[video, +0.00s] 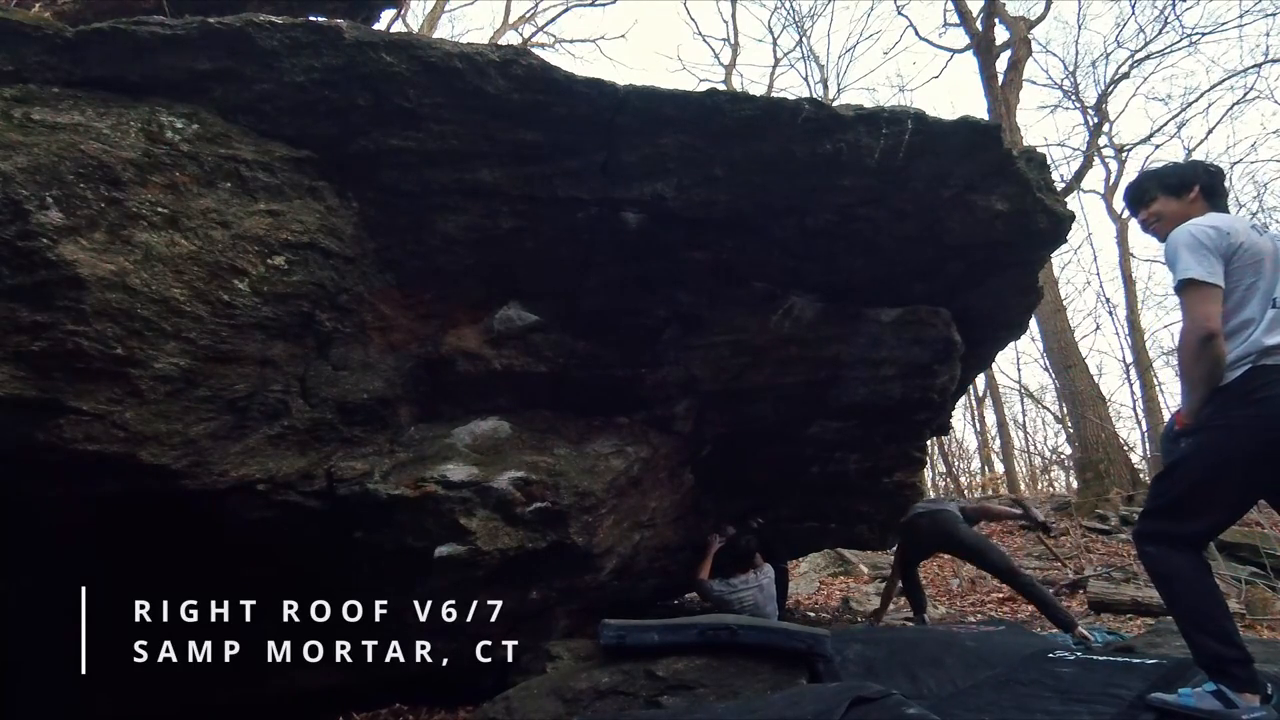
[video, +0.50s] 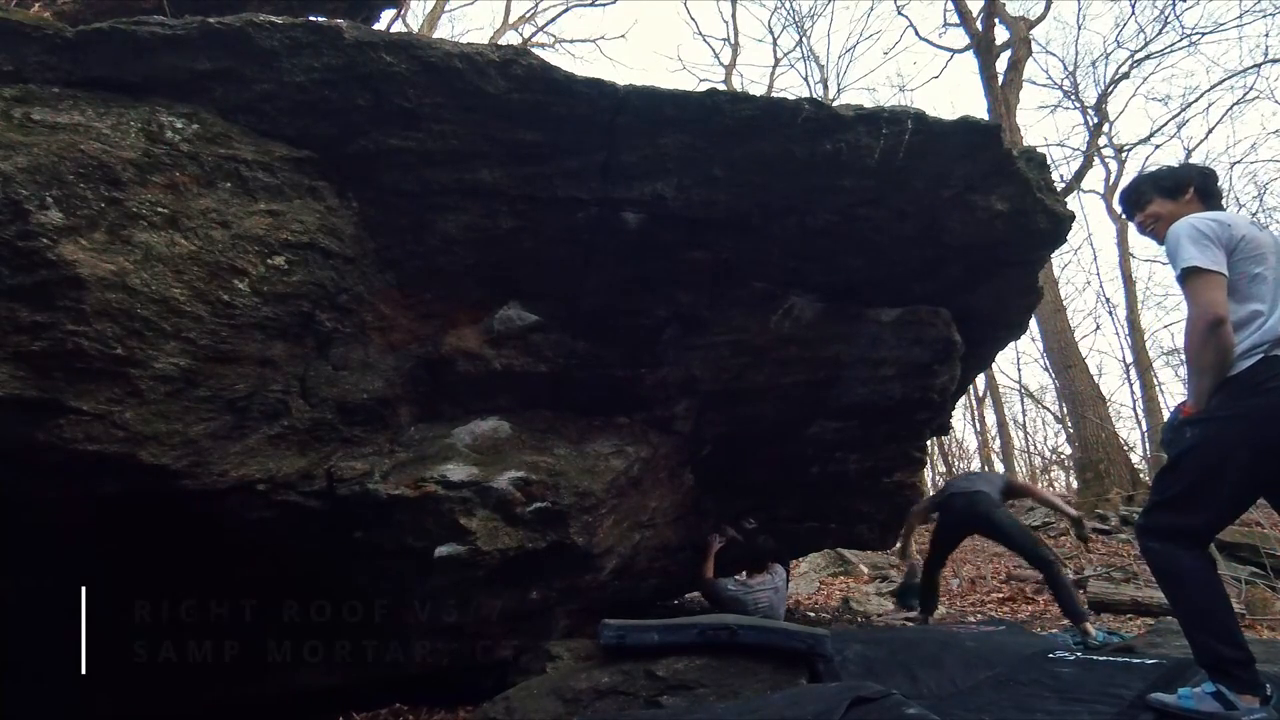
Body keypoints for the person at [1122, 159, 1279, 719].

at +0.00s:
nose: (1146, 224)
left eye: (1150, 210)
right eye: (1141, 218)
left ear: (1192, 192)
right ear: (1200, 197)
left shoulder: (1195, 233)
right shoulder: (1258, 236)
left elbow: (1205, 334)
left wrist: (1193, 410)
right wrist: (1199, 408)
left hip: (1258, 392)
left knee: (1163, 533)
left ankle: (1235, 683)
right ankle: (1237, 680)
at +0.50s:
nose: (1143, 228)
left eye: (1146, 214)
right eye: (1138, 223)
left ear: (1185, 193)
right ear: (1198, 198)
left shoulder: (1194, 227)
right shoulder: (1252, 232)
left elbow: (1212, 318)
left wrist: (1198, 403)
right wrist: (1207, 402)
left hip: (1261, 386)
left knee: (1167, 527)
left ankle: (1236, 684)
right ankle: (1238, 681)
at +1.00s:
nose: (1125, 240)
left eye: (1124, 226)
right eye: (1120, 231)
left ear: (1148, 209)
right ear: (1170, 206)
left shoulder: (1181, 229)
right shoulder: (1237, 234)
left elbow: (1216, 314)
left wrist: (1195, 400)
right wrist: (1198, 400)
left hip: (1260, 382)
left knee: (1170, 528)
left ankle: (1237, 685)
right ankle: (1239, 682)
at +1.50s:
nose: (1094, 255)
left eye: (1091, 246)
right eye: (1089, 248)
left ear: (1102, 235)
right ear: (1146, 219)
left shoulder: (1129, 243)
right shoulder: (1203, 249)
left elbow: (1164, 326)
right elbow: (1250, 317)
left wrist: (1164, 416)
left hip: (1238, 384)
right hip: (1276, 376)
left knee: (1157, 535)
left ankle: (1237, 686)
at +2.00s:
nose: (1008, 278)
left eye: (1007, 272)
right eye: (1007, 273)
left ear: (1015, 267)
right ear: (1060, 250)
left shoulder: (1032, 280)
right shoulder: (1117, 278)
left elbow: (1071, 349)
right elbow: (1175, 332)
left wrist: (1104, 425)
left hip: (1158, 399)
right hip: (1233, 388)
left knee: (1155, 560)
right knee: (1275, 545)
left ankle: (1235, 703)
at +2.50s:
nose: (991, 281)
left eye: (990, 276)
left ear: (997, 271)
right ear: (1043, 255)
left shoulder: (1000, 288)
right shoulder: (1098, 268)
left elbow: (1025, 352)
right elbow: (1179, 317)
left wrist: (1074, 416)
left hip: (1135, 379)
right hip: (1202, 370)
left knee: (1164, 553)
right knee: (1207, 536)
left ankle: (1234, 703)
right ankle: (1276, 657)